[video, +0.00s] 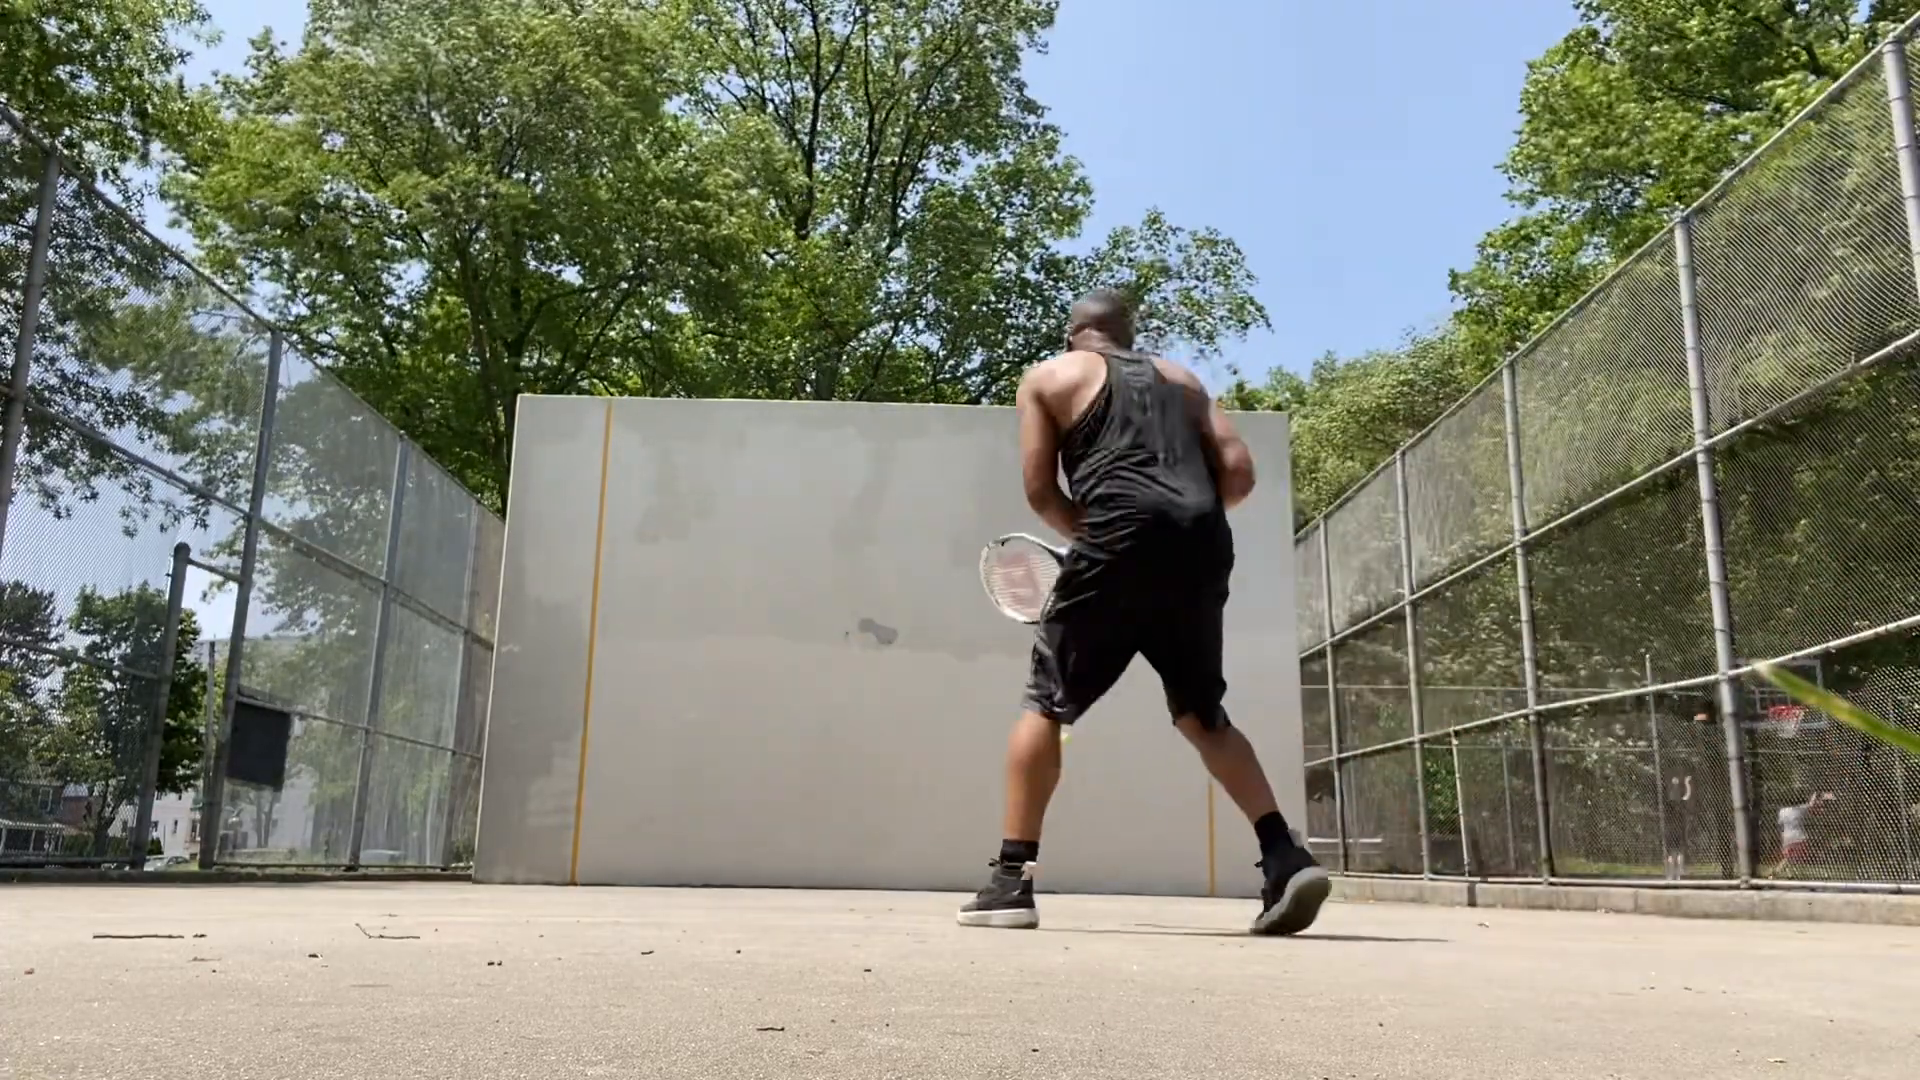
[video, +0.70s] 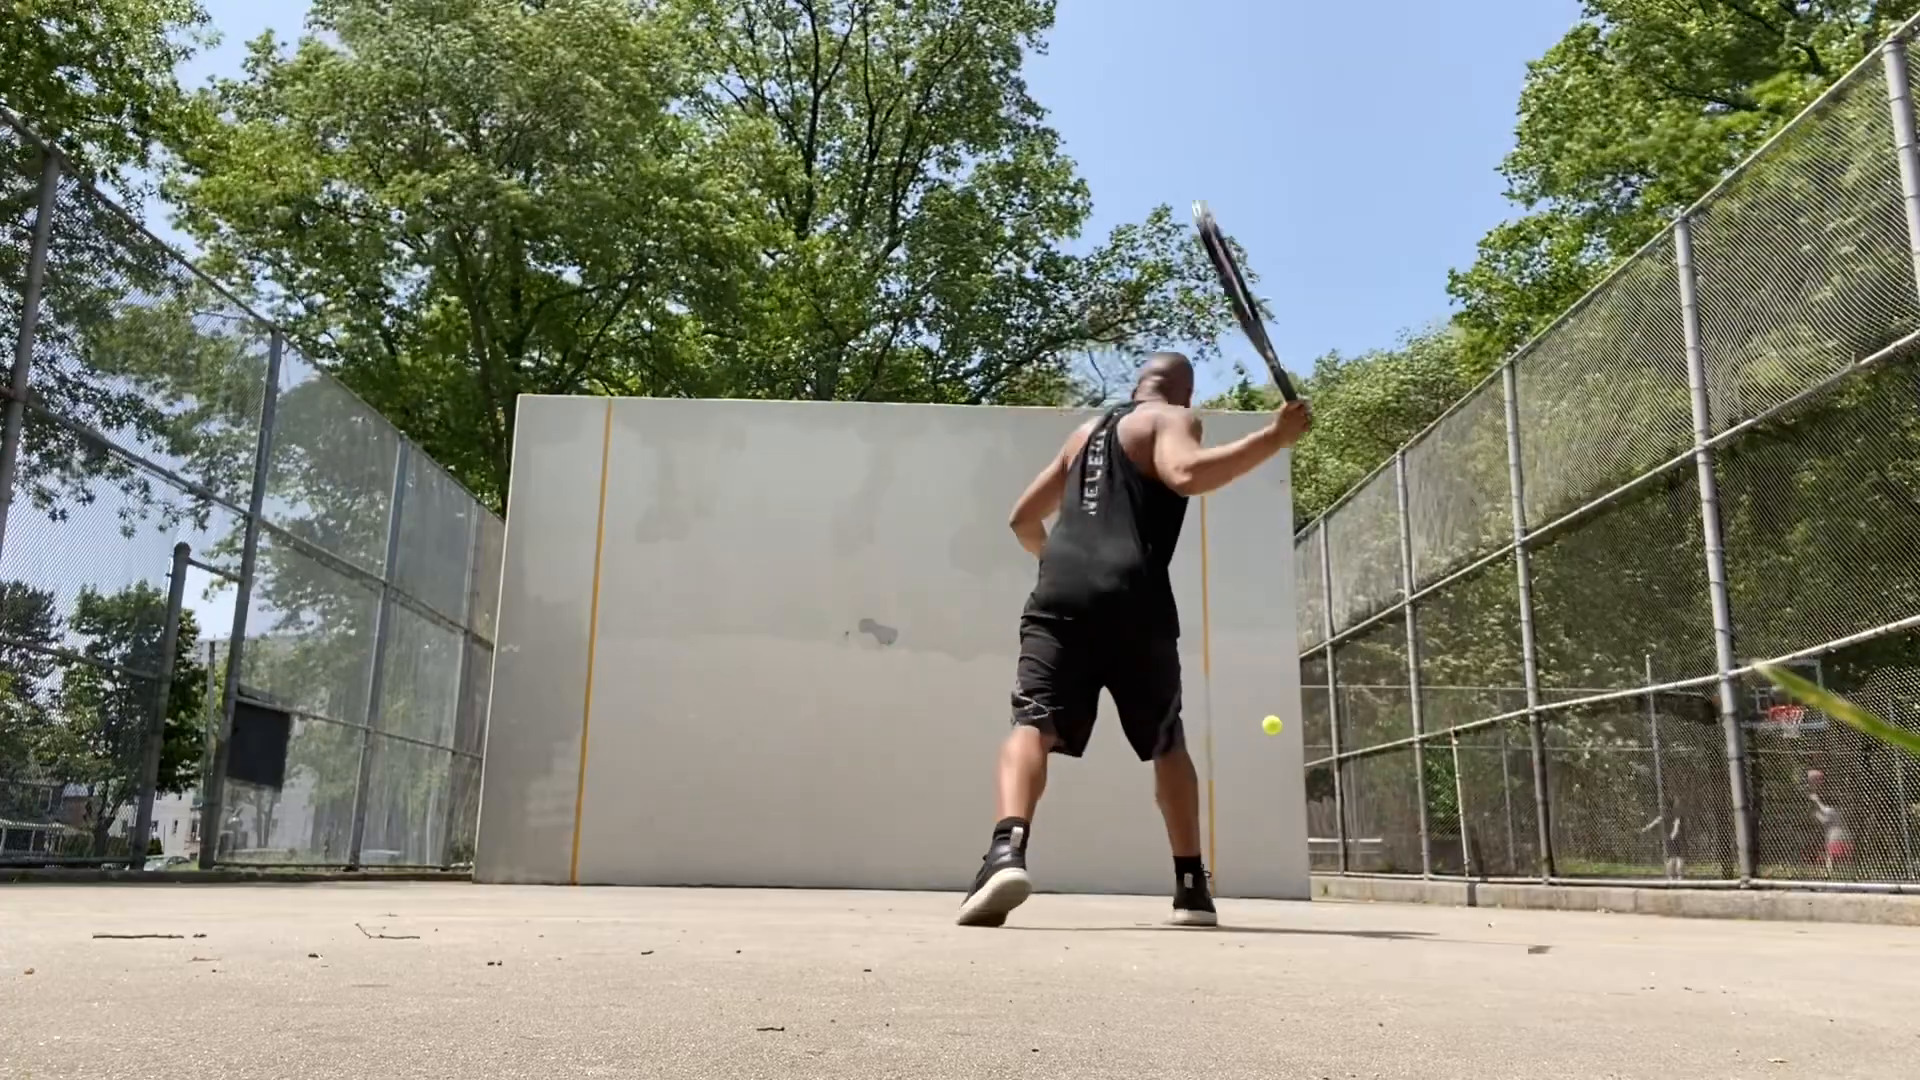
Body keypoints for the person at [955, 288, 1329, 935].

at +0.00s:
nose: (1067, 345)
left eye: (1068, 336)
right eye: (1075, 337)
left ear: (1074, 335)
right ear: (1129, 336)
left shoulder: (1048, 377)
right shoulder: (1181, 377)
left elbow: (1039, 489)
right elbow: (1238, 470)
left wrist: (1097, 534)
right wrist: (1185, 513)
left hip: (1117, 544)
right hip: (1203, 549)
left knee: (1045, 706)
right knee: (1201, 712)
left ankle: (1009, 883)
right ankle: (1286, 859)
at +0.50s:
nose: (1146, 352)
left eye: (1140, 344)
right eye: (1144, 344)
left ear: (1086, 343)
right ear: (1137, 344)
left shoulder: (1039, 389)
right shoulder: (1143, 375)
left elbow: (1049, 471)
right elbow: (1188, 447)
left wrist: (1133, 483)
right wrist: (1228, 431)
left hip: (1037, 554)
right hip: (1115, 557)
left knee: (1022, 709)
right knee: (1173, 703)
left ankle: (1008, 870)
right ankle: (1191, 854)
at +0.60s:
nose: (1165, 371)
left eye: (1161, 362)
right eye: (1164, 364)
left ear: (1110, 360)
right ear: (1155, 360)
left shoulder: (1060, 407)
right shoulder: (1152, 387)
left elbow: (1035, 492)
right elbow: (1176, 448)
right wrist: (1259, 402)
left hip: (1045, 572)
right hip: (1123, 576)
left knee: (1025, 716)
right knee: (1161, 725)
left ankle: (1006, 863)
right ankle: (1193, 872)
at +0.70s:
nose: (1192, 406)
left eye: (1186, 395)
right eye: (1191, 398)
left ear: (1138, 384)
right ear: (1184, 396)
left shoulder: (1087, 432)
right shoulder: (1169, 416)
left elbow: (1025, 518)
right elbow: (1185, 474)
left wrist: (1057, 556)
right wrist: (1274, 435)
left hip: (1058, 592)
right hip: (1134, 598)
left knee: (1031, 723)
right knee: (1167, 742)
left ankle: (1006, 855)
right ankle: (1192, 884)